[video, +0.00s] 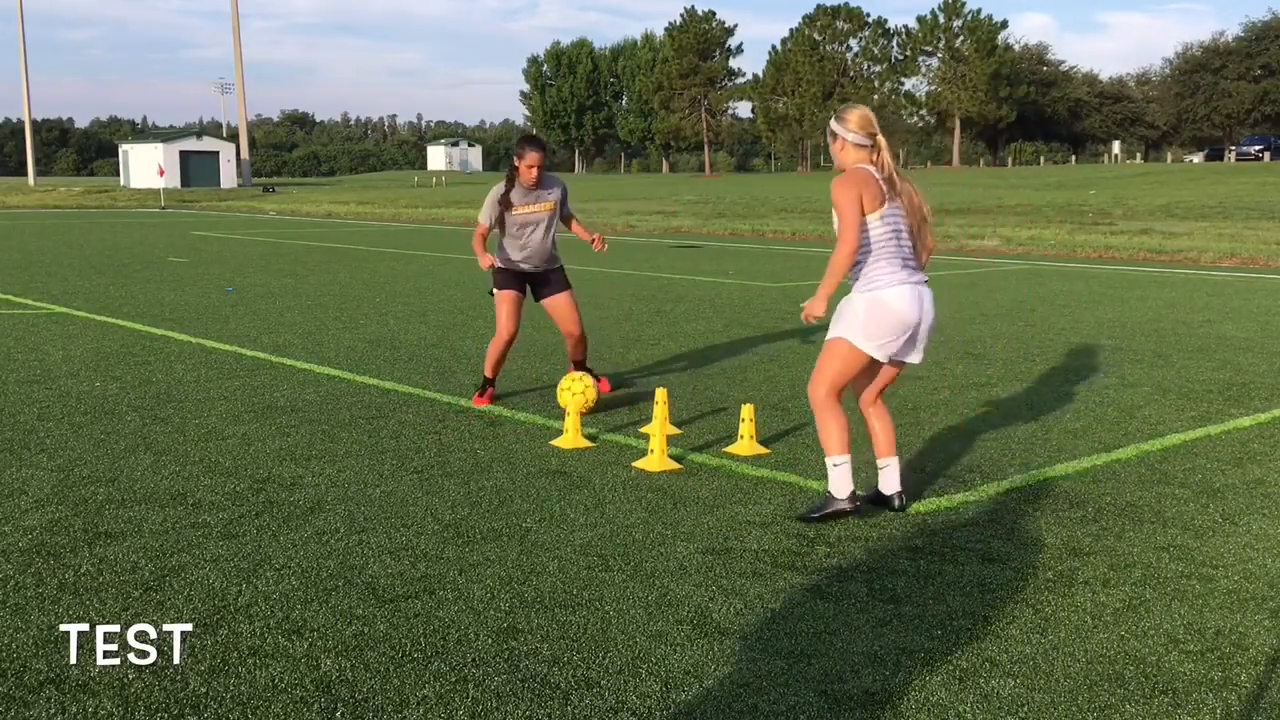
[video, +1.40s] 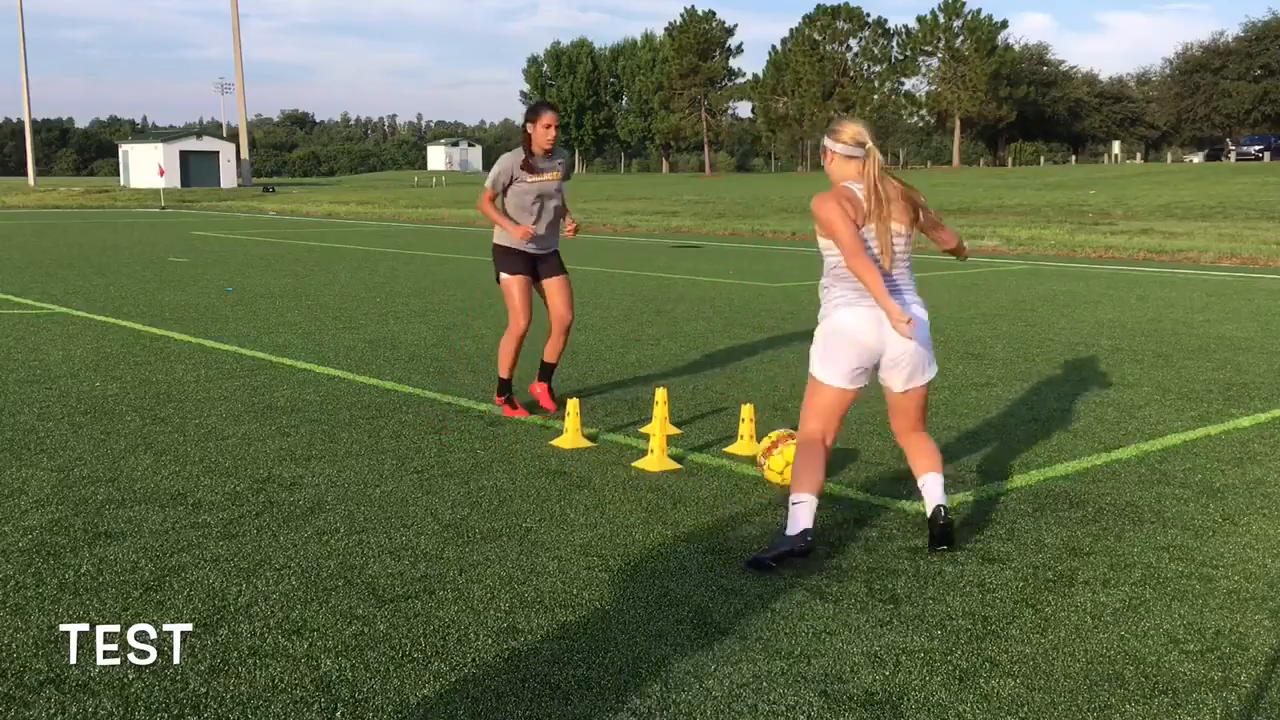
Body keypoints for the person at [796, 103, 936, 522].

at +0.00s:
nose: (830, 151)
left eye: (831, 143)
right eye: (830, 144)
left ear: (842, 142)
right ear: (872, 142)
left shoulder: (848, 181)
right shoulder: (899, 183)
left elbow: (848, 244)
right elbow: (925, 242)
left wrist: (821, 295)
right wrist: (901, 283)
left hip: (879, 299)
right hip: (918, 299)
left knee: (822, 389)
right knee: (870, 394)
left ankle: (841, 493)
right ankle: (891, 489)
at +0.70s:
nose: (773, 122)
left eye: (774, 114)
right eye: (775, 115)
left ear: (783, 115)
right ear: (818, 118)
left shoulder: (789, 146)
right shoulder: (837, 158)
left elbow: (813, 190)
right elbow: (880, 221)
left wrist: (782, 246)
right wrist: (869, 279)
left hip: (819, 286)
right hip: (859, 287)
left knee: (777, 409)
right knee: (822, 406)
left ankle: (805, 529)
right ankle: (853, 510)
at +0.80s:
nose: (760, 136)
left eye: (761, 128)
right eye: (761, 128)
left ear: (771, 129)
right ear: (803, 131)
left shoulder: (782, 163)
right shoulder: (829, 169)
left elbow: (798, 210)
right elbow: (871, 228)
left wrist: (768, 272)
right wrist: (876, 284)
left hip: (816, 303)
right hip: (853, 301)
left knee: (770, 422)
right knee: (797, 418)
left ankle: (787, 541)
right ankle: (831, 520)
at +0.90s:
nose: (751, 172)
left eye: (751, 163)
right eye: (750, 163)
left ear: (764, 158)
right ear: (794, 157)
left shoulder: (777, 196)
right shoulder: (826, 197)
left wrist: (711, 305)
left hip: (822, 331)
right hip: (845, 328)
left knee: (762, 431)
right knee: (741, 407)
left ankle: (793, 552)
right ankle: (801, 505)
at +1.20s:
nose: (756, 196)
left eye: (755, 188)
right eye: (755, 189)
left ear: (767, 186)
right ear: (799, 181)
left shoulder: (789, 220)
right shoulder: (836, 213)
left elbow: (761, 277)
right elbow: (893, 248)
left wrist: (715, 327)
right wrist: (928, 271)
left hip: (845, 343)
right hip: (882, 341)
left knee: (765, 437)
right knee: (803, 418)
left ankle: (795, 554)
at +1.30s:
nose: (786, 178)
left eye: (788, 170)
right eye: (787, 170)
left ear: (799, 170)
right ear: (831, 168)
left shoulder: (803, 212)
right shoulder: (867, 204)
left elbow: (814, 258)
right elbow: (920, 236)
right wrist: (952, 257)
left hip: (842, 333)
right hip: (893, 334)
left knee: (777, 436)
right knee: (860, 427)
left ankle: (795, 554)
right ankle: (926, 491)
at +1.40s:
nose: (823, 162)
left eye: (823, 156)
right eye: (824, 156)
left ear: (830, 156)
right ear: (868, 156)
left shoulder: (828, 202)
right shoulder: (902, 195)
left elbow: (856, 254)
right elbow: (946, 240)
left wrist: (889, 306)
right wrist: (958, 248)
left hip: (849, 322)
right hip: (908, 317)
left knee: (815, 433)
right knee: (912, 427)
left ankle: (798, 531)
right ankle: (938, 508)